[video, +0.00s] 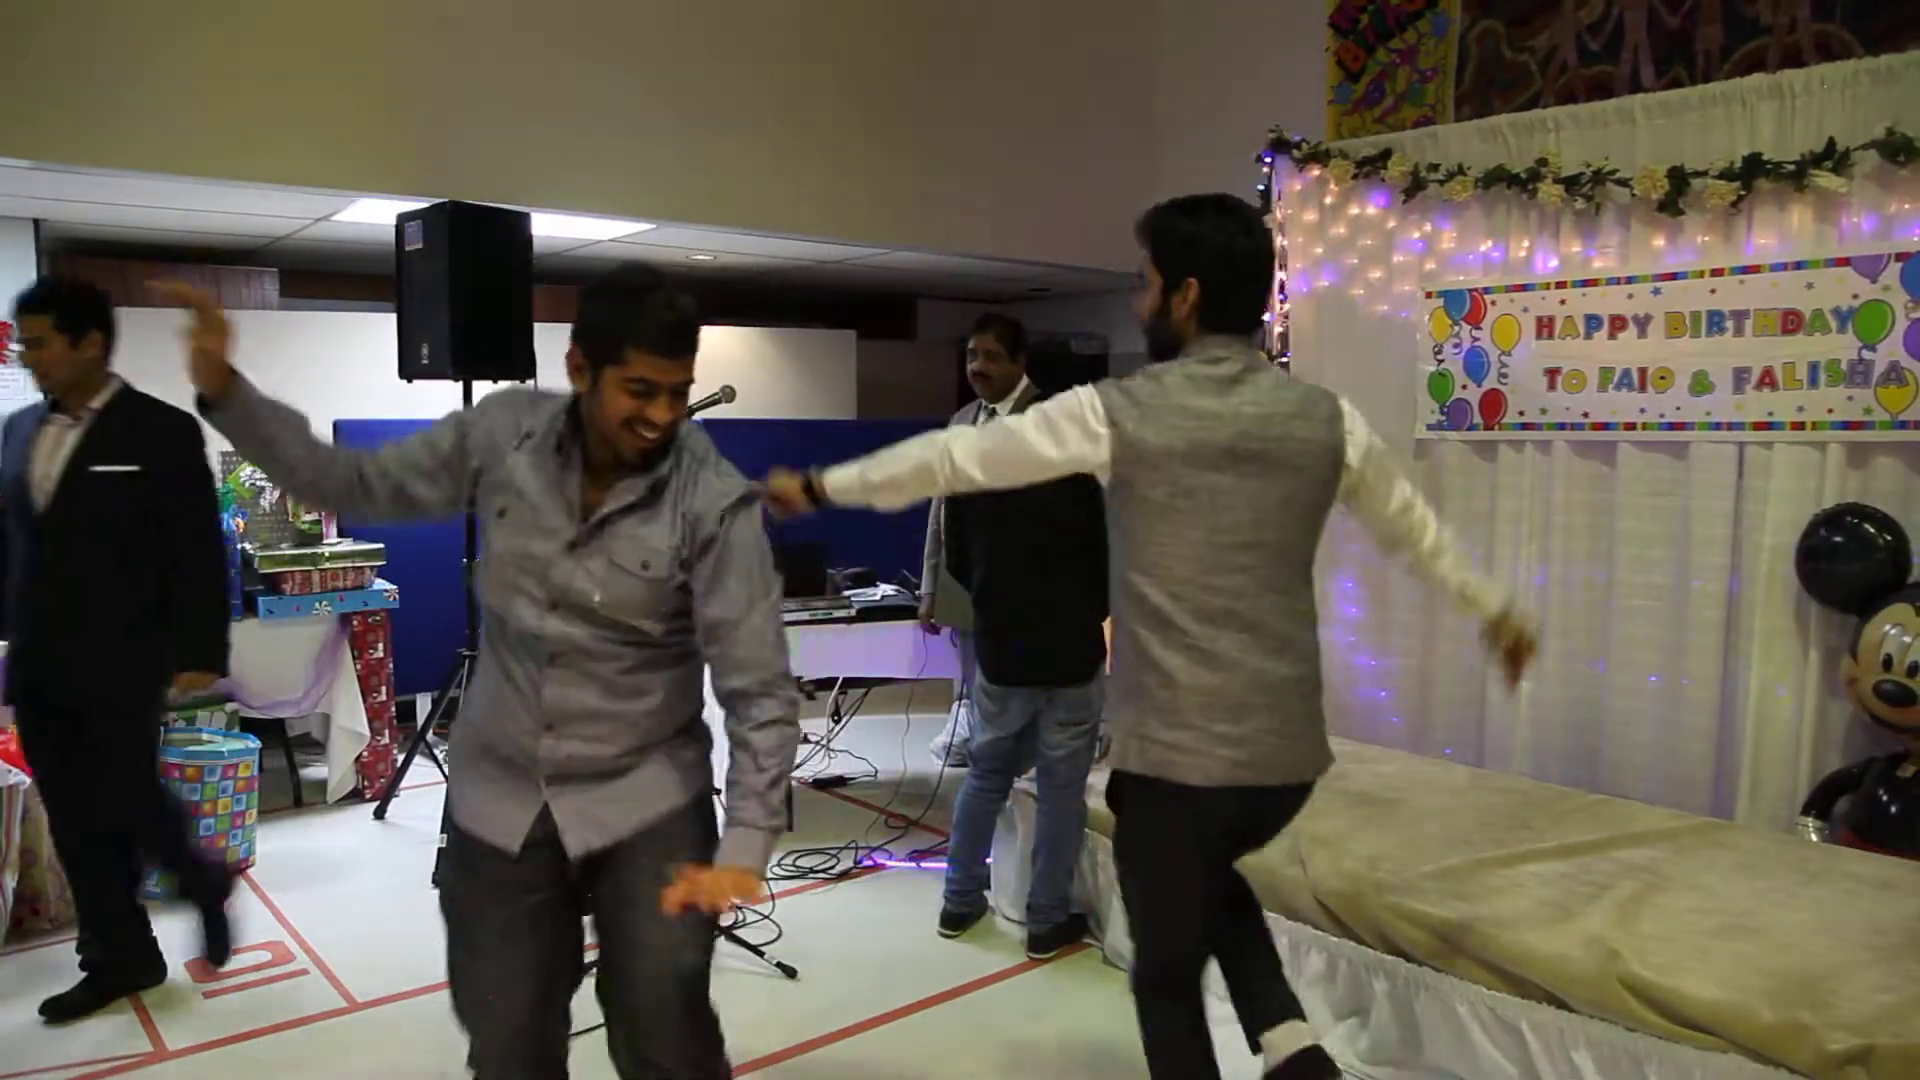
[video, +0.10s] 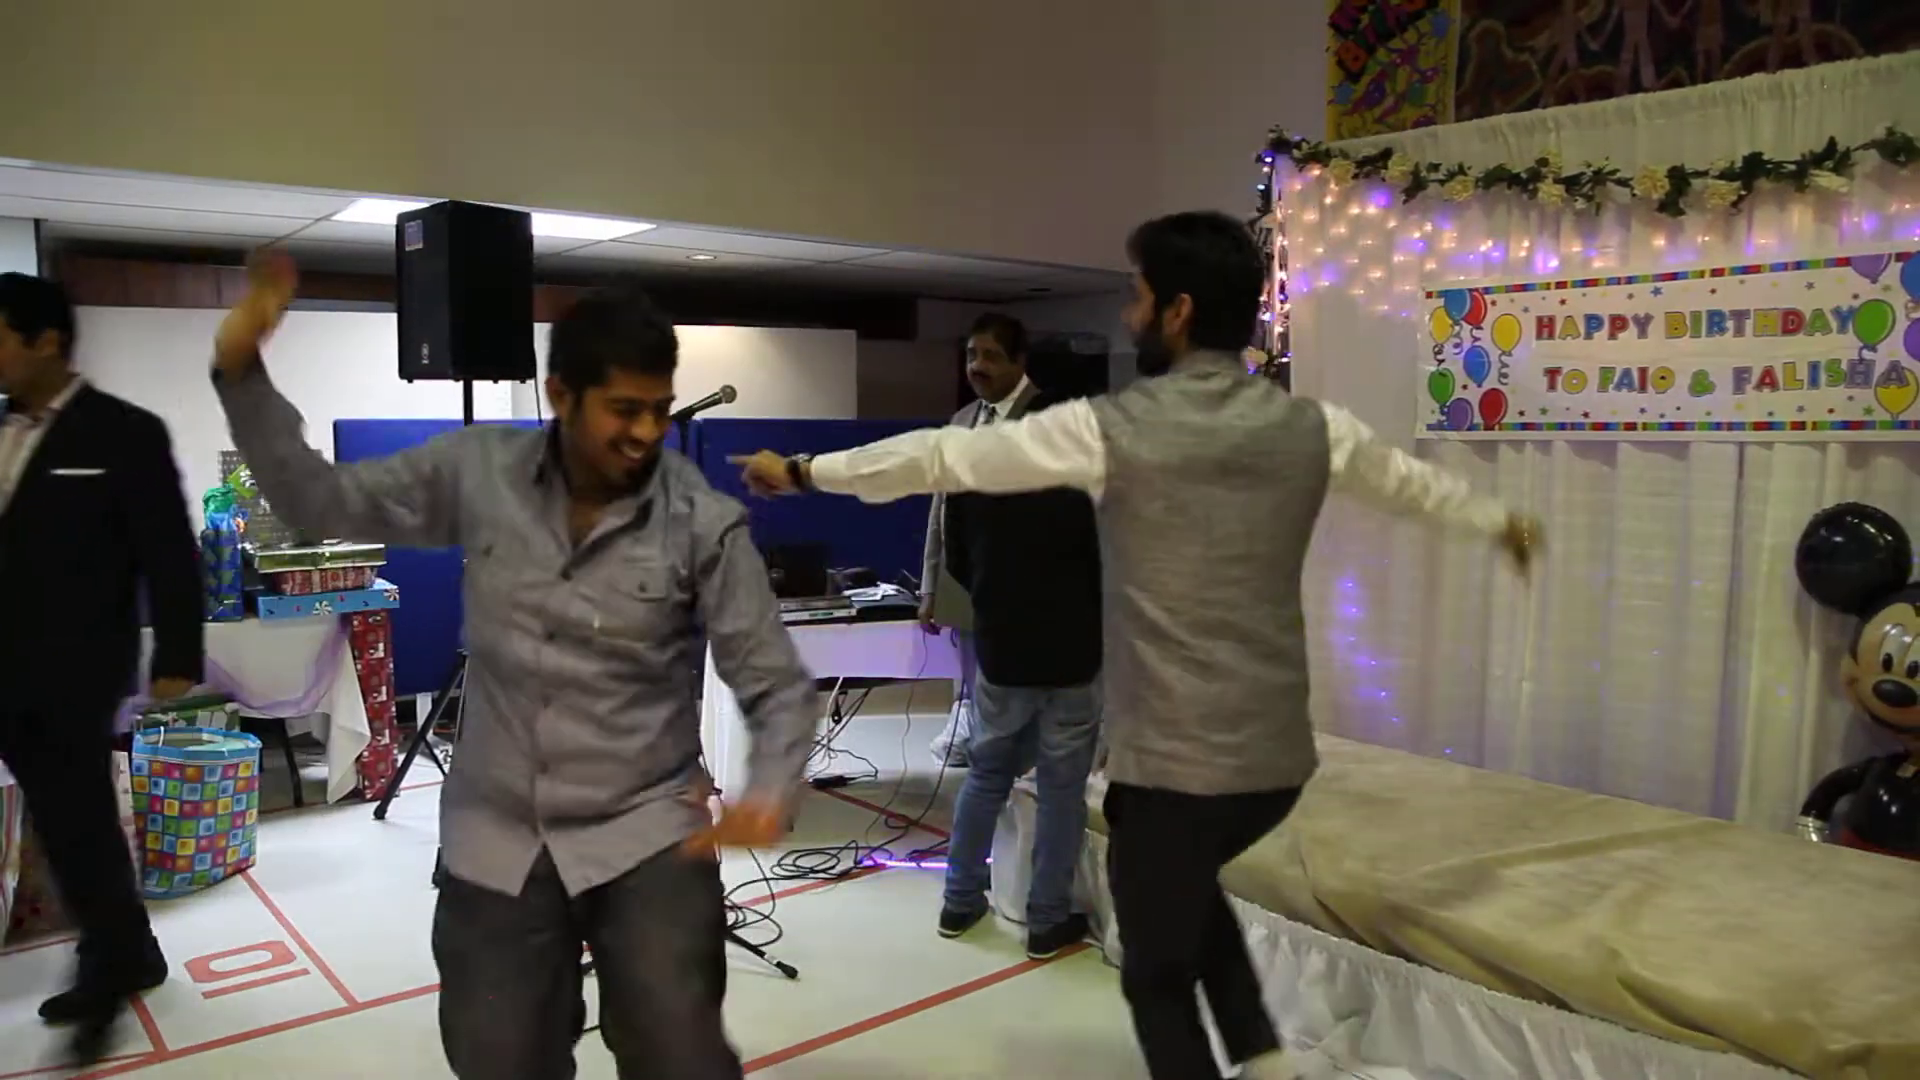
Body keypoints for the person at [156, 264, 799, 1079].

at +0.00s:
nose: (659, 415)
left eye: (679, 393)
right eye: (638, 390)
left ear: (695, 380)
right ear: (580, 366)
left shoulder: (713, 502)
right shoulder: (502, 432)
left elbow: (761, 696)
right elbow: (357, 484)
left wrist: (746, 849)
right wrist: (223, 388)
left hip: (646, 799)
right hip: (500, 797)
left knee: (661, 1039)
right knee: (509, 1052)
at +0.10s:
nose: (645, 433)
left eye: (660, 411)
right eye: (623, 410)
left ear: (672, 403)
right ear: (561, 396)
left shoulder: (702, 524)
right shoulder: (476, 470)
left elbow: (779, 687)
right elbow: (321, 501)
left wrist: (769, 798)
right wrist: (240, 374)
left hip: (649, 834)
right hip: (495, 839)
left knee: (678, 1057)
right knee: (498, 1063)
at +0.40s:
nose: (596, 351)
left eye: (603, 329)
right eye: (572, 330)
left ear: (607, 332)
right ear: (496, 334)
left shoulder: (644, 420)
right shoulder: (415, 415)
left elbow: (786, 499)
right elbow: (227, 357)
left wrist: (934, 583)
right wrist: (69, 231)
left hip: (642, 778)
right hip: (492, 797)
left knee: (696, 998)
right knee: (533, 1053)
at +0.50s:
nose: (585, 341)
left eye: (594, 319)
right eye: (559, 320)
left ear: (603, 324)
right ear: (485, 332)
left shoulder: (645, 415)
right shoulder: (410, 421)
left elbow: (794, 483)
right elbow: (229, 393)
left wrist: (939, 557)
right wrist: (59, 309)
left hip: (630, 775)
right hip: (484, 796)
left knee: (679, 977)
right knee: (539, 1048)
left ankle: (605, 1073)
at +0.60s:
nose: (580, 344)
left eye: (586, 321)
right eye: (553, 324)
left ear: (594, 328)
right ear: (480, 338)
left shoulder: (643, 428)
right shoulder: (413, 438)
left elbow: (795, 495)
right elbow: (239, 479)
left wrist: (929, 532)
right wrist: (102, 396)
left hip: (628, 789)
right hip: (487, 809)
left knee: (643, 990)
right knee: (546, 1045)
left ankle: (528, 1062)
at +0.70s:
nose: (578, 365)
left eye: (580, 343)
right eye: (551, 345)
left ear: (586, 354)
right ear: (476, 368)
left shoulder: (649, 464)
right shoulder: (407, 482)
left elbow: (785, 536)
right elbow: (233, 567)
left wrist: (883, 502)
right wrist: (161, 432)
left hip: (629, 815)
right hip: (491, 830)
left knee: (626, 1001)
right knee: (560, 1058)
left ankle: (522, 1025)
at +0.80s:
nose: (580, 351)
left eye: (581, 331)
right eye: (553, 335)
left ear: (590, 344)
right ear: (478, 359)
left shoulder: (648, 455)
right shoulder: (406, 474)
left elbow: (800, 499)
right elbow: (217, 519)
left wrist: (910, 437)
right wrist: (162, 362)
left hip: (631, 814)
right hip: (491, 831)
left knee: (658, 1008)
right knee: (553, 1059)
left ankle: (528, 1019)